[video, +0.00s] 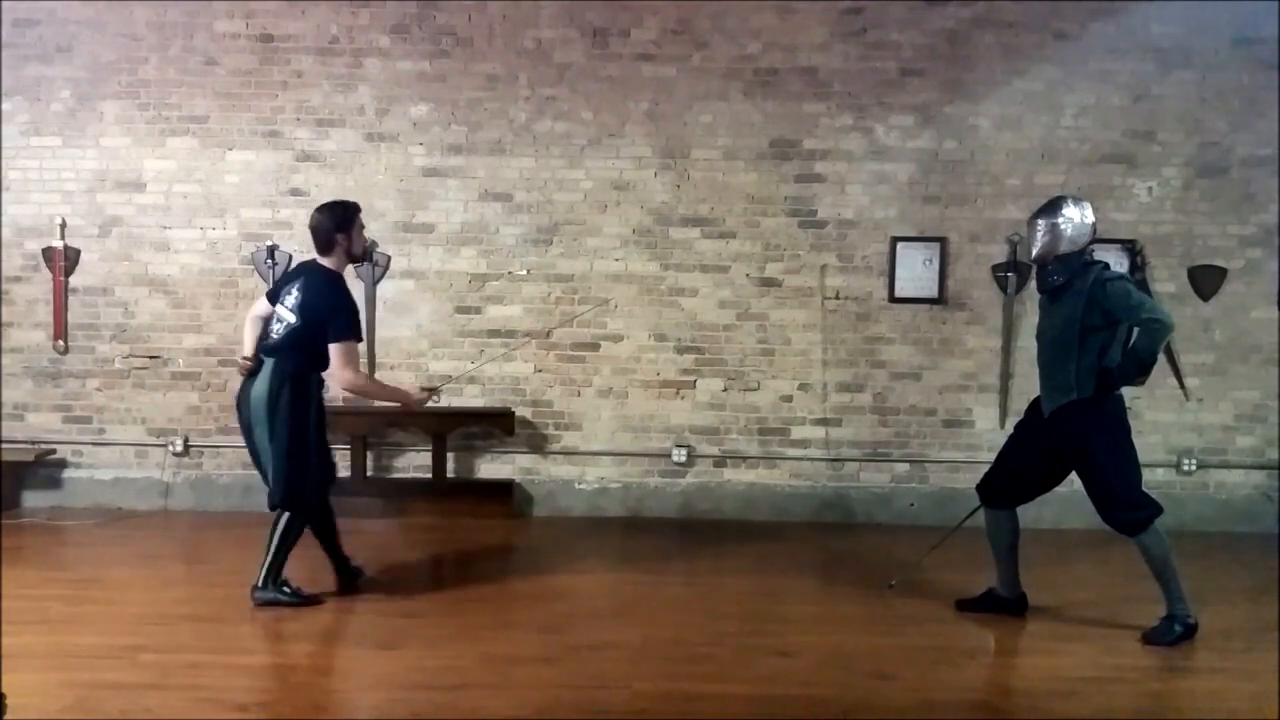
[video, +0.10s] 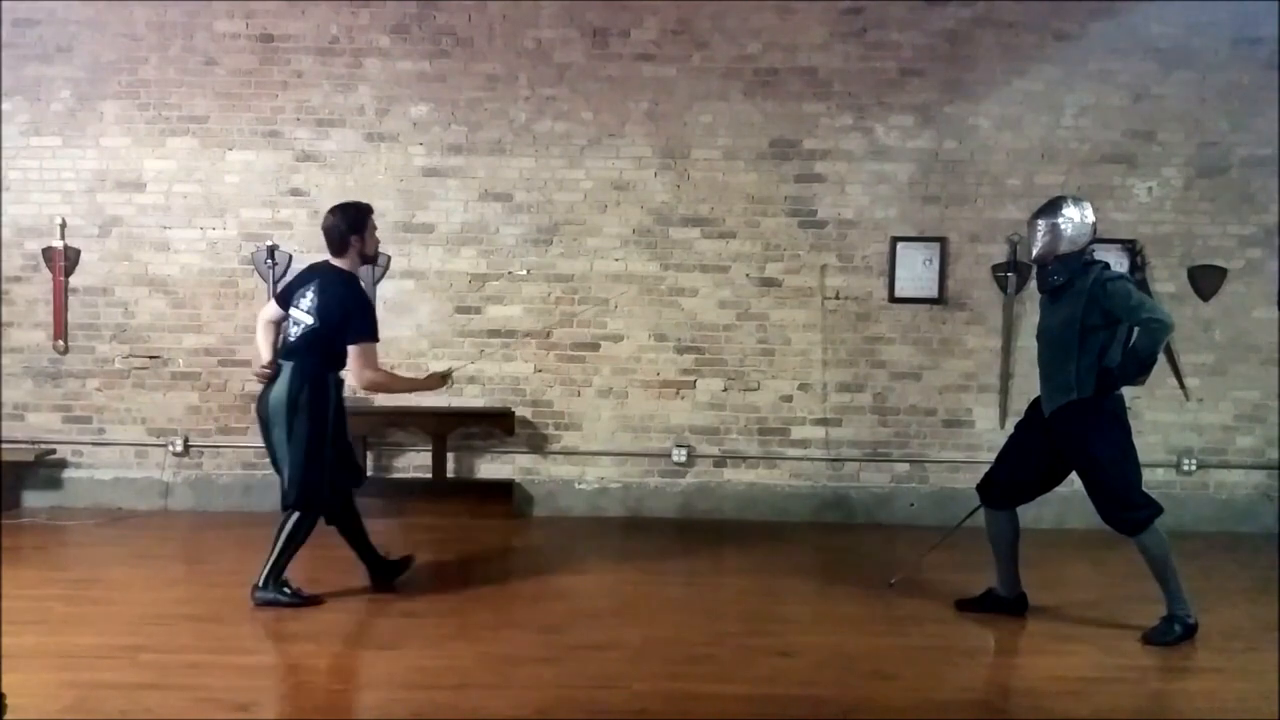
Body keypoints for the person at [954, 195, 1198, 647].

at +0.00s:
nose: (1036, 242)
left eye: (1043, 232)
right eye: (1035, 232)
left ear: (1068, 234)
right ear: (1056, 234)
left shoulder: (1101, 282)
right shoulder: (1055, 284)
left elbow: (1158, 321)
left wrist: (1127, 372)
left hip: (1095, 415)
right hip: (1052, 413)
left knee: (1130, 512)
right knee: (996, 492)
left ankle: (1180, 614)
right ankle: (1008, 593)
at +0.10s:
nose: (1036, 241)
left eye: (1044, 231)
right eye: (1035, 231)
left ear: (1070, 234)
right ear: (1052, 234)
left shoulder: (1101, 281)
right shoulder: (1055, 284)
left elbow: (1157, 320)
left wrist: (1125, 373)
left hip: (1095, 416)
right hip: (1052, 413)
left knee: (1130, 512)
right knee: (996, 493)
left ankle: (1180, 614)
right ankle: (1008, 593)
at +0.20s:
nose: (1036, 241)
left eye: (1045, 231)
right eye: (1036, 231)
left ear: (1070, 233)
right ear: (1054, 234)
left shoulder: (1100, 281)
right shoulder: (1057, 284)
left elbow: (1157, 321)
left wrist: (1125, 373)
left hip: (1096, 416)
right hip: (1053, 413)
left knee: (1130, 512)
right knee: (996, 492)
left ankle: (1181, 614)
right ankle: (1008, 593)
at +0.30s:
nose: (1036, 241)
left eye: (1045, 231)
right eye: (1036, 231)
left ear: (1070, 233)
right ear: (1055, 234)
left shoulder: (1100, 281)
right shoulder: (1056, 282)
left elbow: (1157, 321)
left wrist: (1126, 372)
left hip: (1095, 416)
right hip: (1053, 413)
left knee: (1131, 512)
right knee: (996, 492)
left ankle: (1181, 614)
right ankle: (1008, 593)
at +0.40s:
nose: (1038, 240)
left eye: (1047, 231)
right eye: (1038, 231)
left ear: (1072, 234)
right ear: (1052, 235)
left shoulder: (1101, 281)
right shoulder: (1057, 283)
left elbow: (1158, 321)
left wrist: (1123, 373)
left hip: (1096, 416)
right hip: (1053, 413)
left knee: (1129, 511)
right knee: (996, 492)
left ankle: (1180, 613)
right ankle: (1008, 592)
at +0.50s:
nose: (1039, 242)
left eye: (1048, 232)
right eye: (1038, 232)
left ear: (1072, 235)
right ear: (1053, 235)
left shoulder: (1102, 282)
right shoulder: (1057, 285)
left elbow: (1158, 321)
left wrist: (1127, 373)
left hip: (1096, 415)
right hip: (1052, 412)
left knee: (1129, 512)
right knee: (996, 492)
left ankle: (1180, 613)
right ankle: (1008, 592)